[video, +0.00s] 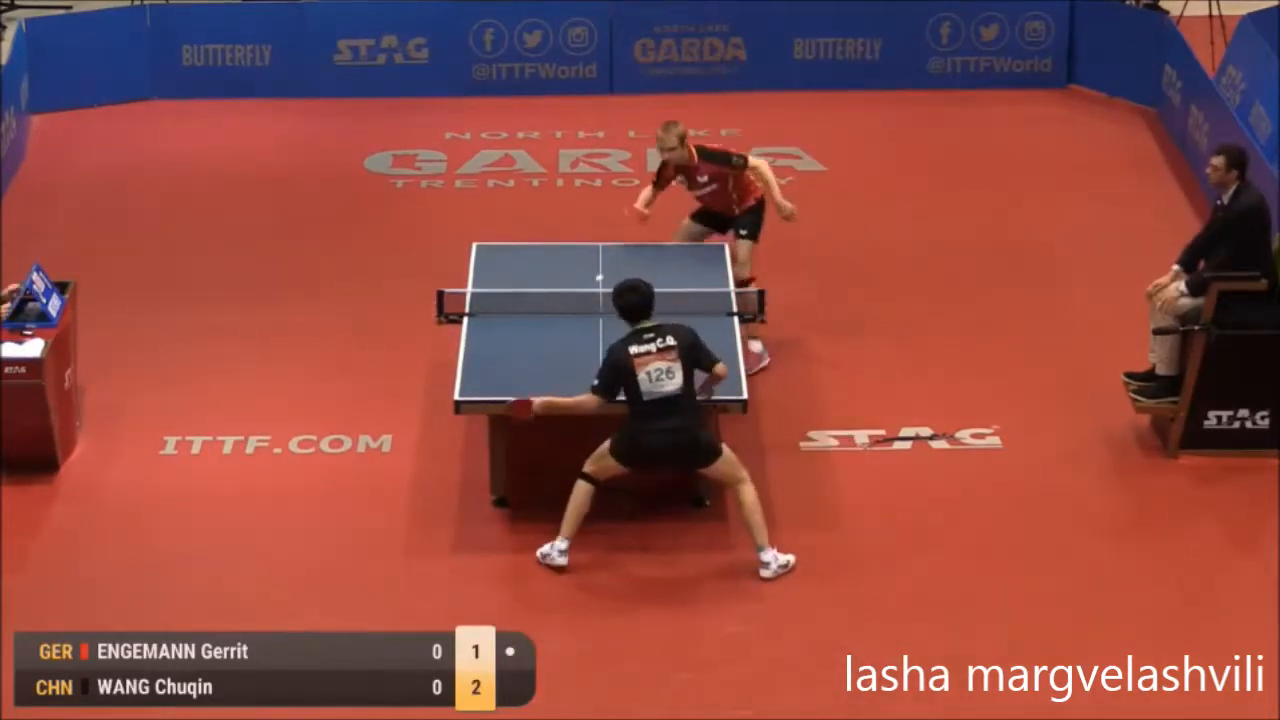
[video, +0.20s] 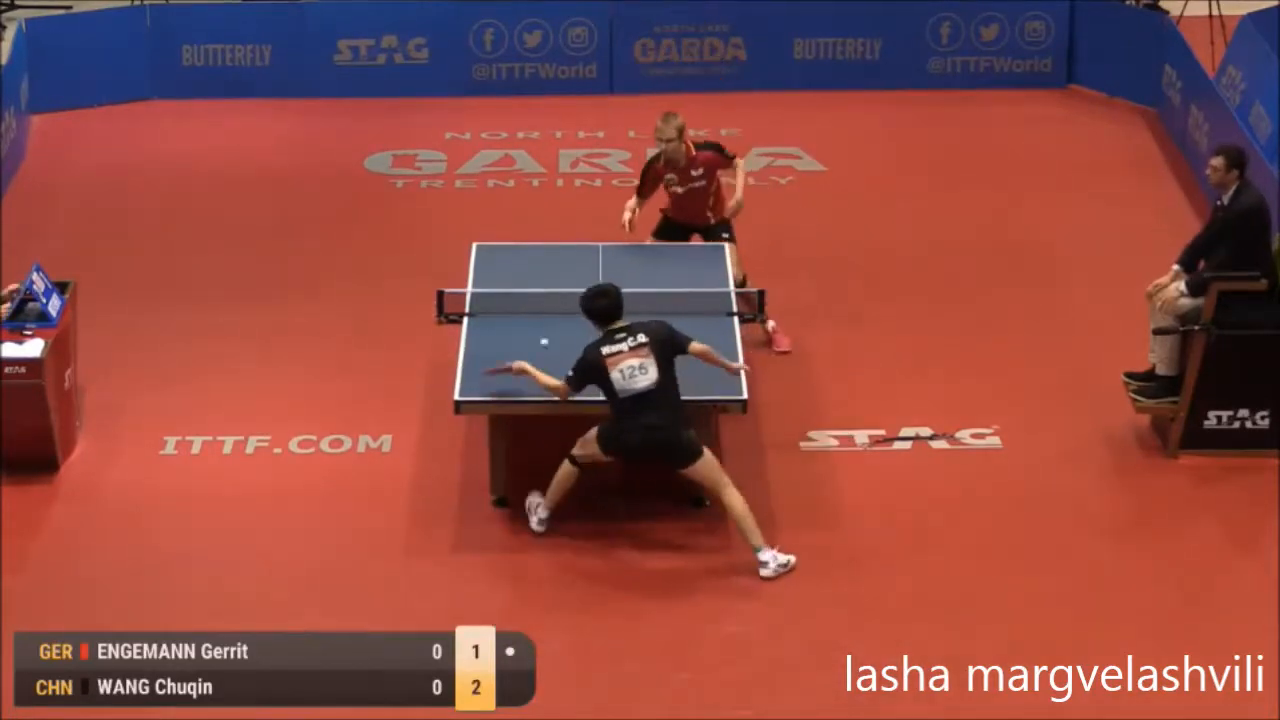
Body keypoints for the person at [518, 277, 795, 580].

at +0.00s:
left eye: (620, 306)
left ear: (620, 312)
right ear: (652, 306)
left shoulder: (619, 351)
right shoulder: (682, 334)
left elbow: (596, 401)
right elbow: (720, 371)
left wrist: (549, 404)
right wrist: (707, 386)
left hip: (640, 440)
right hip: (690, 437)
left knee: (591, 473)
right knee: (740, 480)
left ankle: (560, 548)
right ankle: (767, 556)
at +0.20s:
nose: (595, 313)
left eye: (591, 311)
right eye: (603, 306)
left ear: (592, 319)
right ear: (622, 308)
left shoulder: (594, 355)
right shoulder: (657, 330)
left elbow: (564, 390)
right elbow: (702, 351)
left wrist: (529, 370)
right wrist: (728, 366)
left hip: (624, 435)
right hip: (671, 434)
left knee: (578, 455)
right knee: (725, 490)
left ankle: (543, 513)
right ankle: (766, 557)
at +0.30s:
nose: (571, 317)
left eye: (568, 313)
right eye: (578, 311)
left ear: (567, 319)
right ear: (597, 311)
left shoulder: (566, 347)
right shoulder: (623, 334)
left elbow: (549, 373)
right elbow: (651, 361)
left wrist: (531, 348)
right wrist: (693, 386)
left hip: (589, 434)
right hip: (632, 433)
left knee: (563, 451)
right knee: (690, 492)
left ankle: (537, 512)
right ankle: (750, 548)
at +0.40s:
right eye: (583, 302)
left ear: (560, 314)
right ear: (591, 309)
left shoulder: (555, 341)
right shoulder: (607, 337)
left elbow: (543, 343)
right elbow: (622, 368)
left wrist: (542, 342)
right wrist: (660, 405)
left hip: (571, 434)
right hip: (611, 435)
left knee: (559, 453)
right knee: (672, 493)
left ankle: (536, 511)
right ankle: (731, 548)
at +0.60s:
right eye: (598, 279)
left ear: (569, 288)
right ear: (600, 284)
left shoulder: (559, 316)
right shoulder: (610, 315)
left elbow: (541, 348)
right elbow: (604, 353)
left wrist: (563, 331)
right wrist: (615, 402)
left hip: (562, 413)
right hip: (600, 413)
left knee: (543, 465)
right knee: (659, 474)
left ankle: (528, 510)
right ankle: (690, 554)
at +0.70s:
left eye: (582, 288)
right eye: (606, 287)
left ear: (575, 293)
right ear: (609, 292)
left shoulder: (559, 323)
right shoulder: (618, 327)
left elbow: (530, 358)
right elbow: (618, 377)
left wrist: (550, 328)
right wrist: (631, 428)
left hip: (563, 424)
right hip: (605, 427)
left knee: (539, 469)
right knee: (657, 486)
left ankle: (513, 538)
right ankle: (658, 569)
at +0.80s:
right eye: (608, 306)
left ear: (579, 310)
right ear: (613, 311)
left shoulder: (559, 342)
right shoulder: (625, 350)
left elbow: (525, 373)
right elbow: (631, 400)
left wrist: (538, 343)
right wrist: (646, 443)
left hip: (562, 445)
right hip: (607, 449)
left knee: (537, 489)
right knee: (660, 498)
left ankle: (505, 553)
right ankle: (657, 580)